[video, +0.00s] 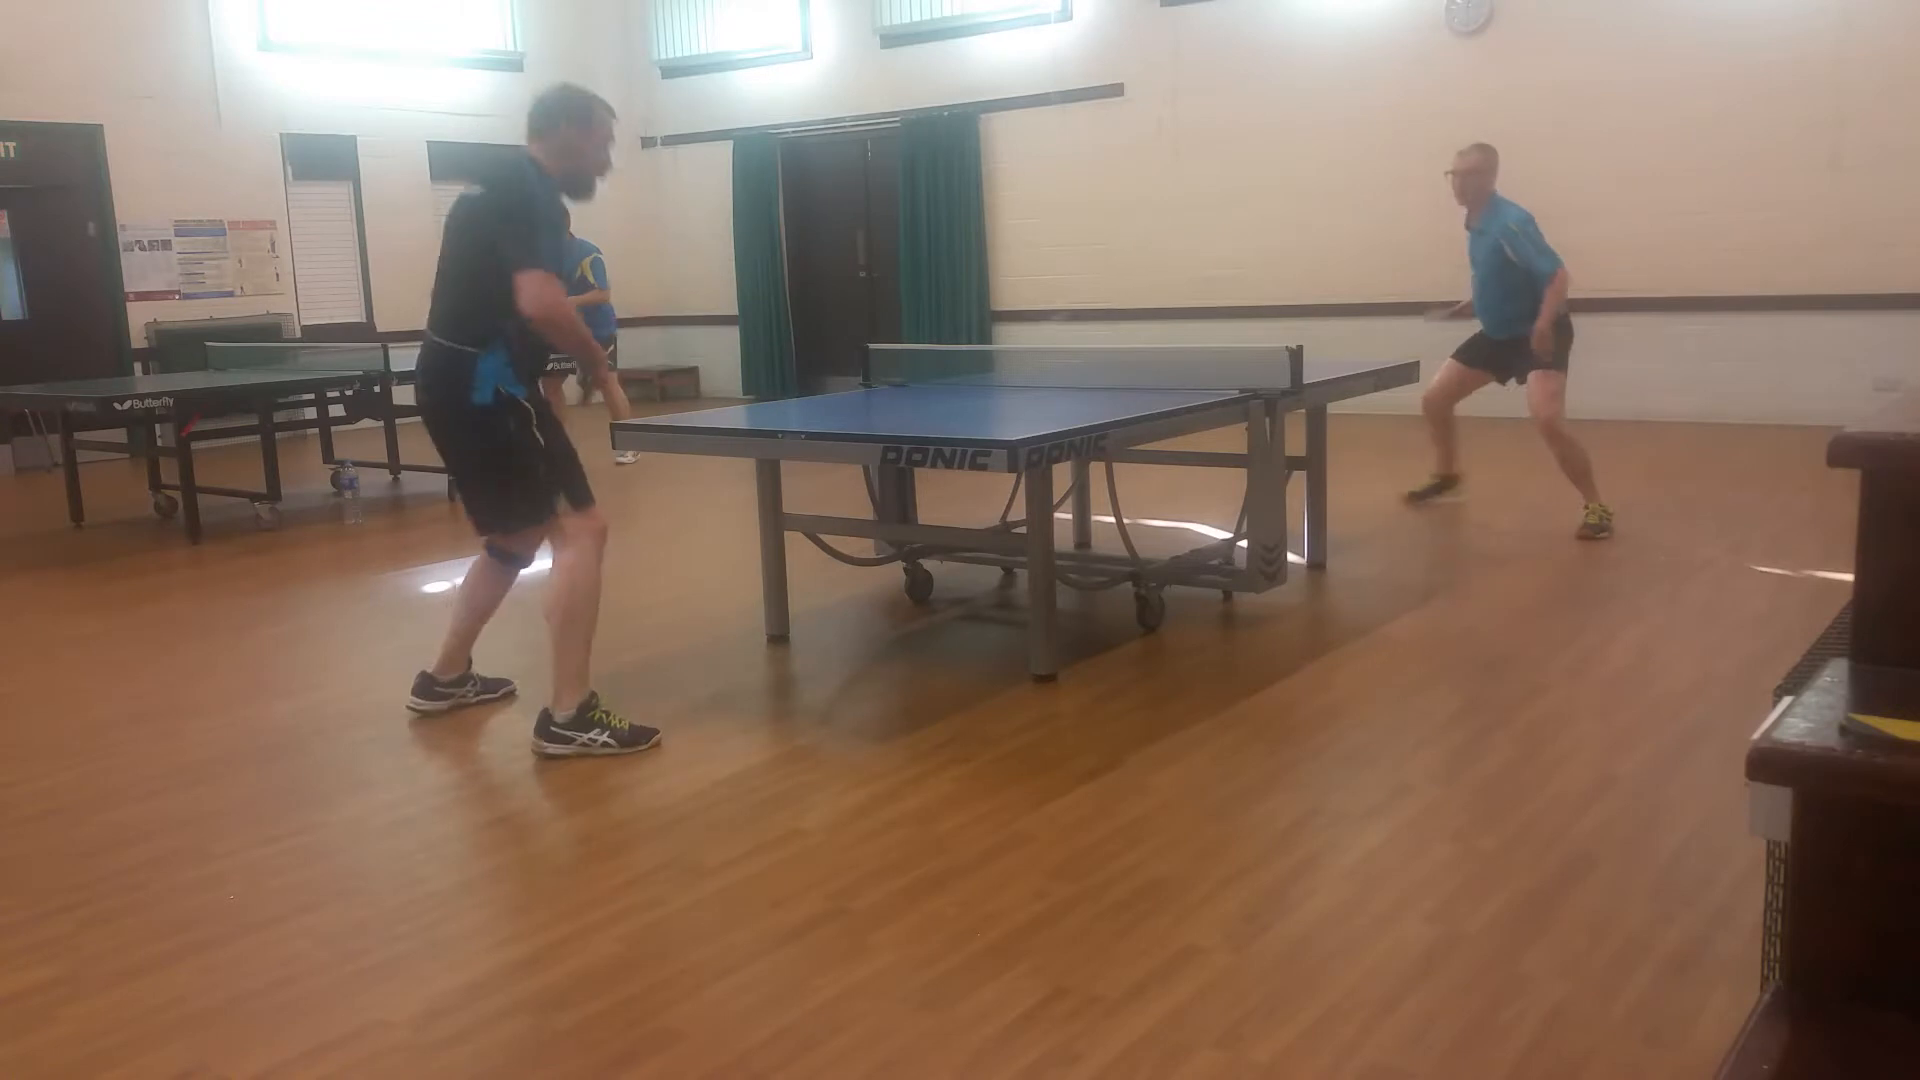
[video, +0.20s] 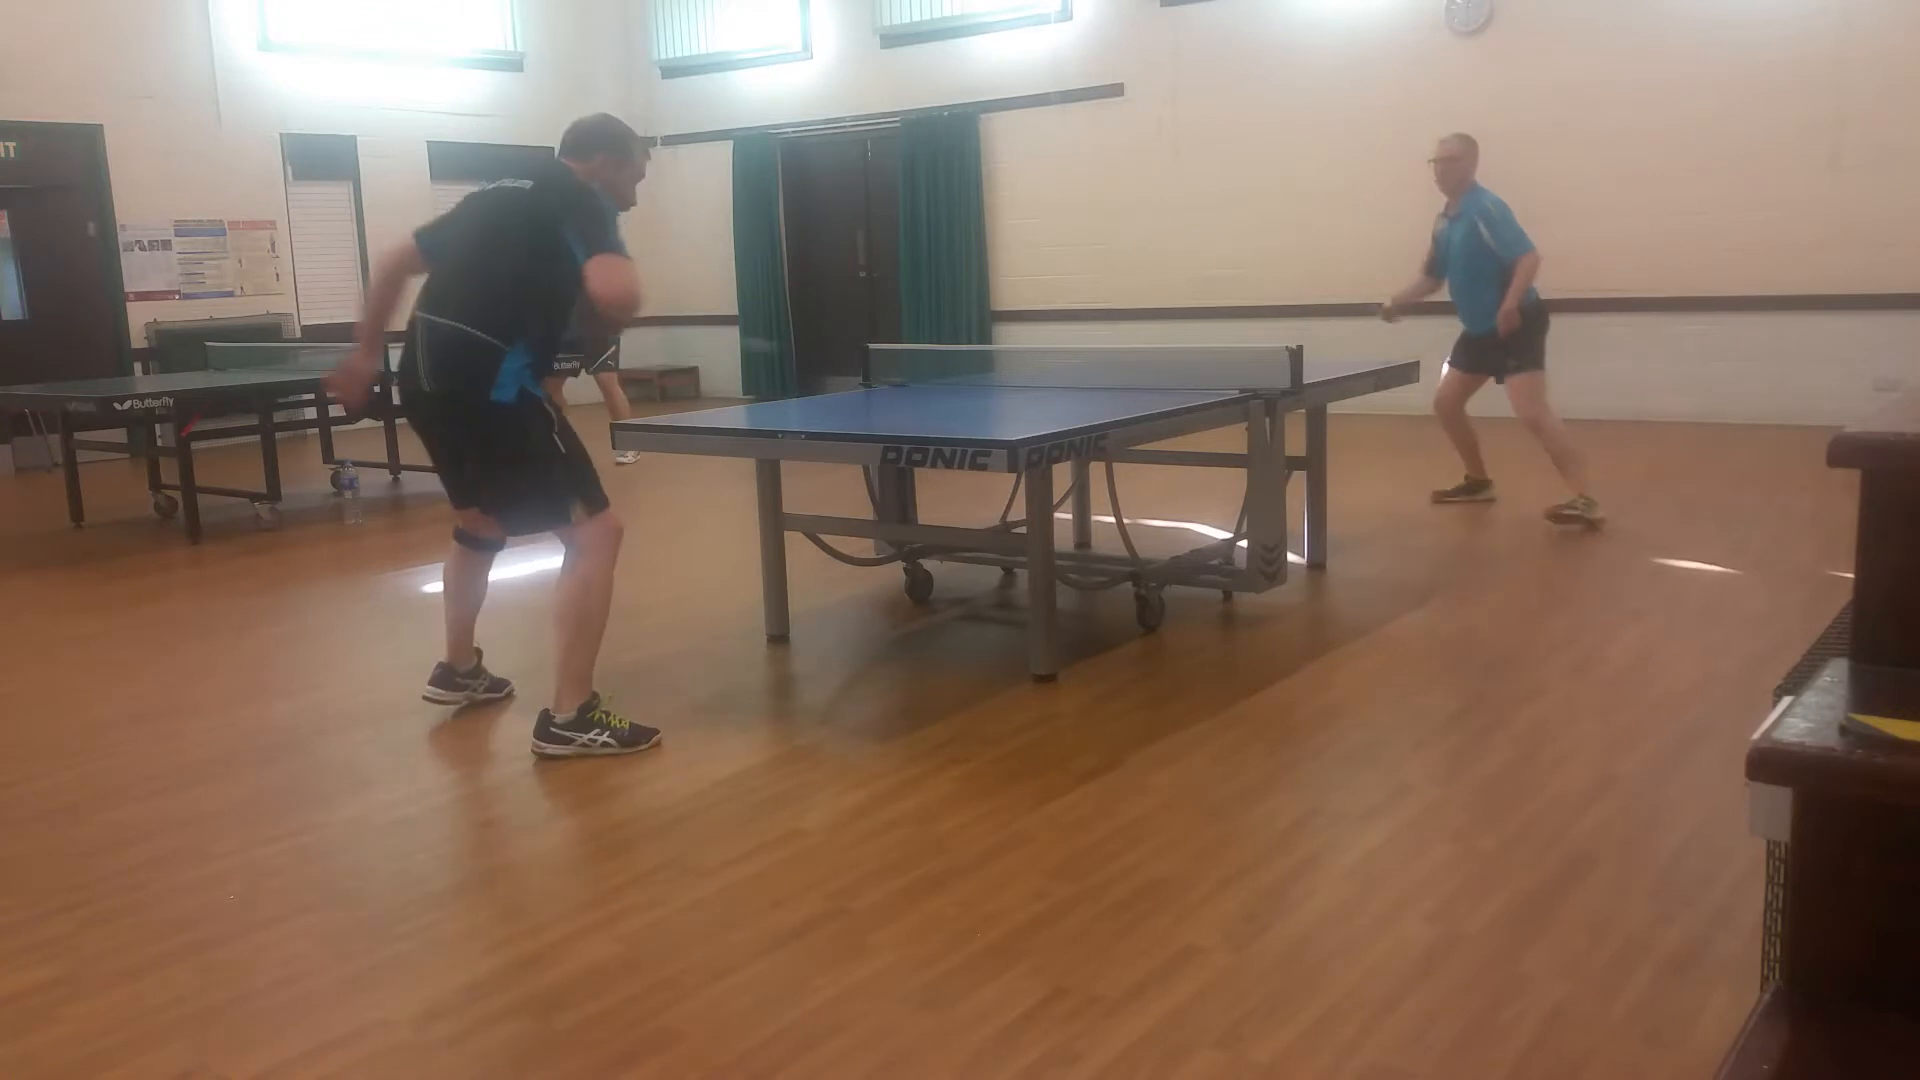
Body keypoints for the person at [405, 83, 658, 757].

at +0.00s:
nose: (609, 159)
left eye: (610, 145)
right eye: (602, 144)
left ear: (552, 137)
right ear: (565, 136)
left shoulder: (502, 184)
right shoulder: (529, 192)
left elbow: (492, 304)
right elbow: (539, 301)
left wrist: (541, 376)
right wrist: (601, 366)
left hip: (455, 376)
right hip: (487, 381)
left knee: (513, 539)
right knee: (582, 530)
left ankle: (444, 676)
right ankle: (569, 712)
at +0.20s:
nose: (636, 191)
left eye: (640, 177)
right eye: (635, 175)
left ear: (570, 158)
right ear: (600, 163)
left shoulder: (493, 197)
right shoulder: (583, 202)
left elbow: (396, 258)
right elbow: (615, 293)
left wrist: (365, 353)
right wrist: (611, 323)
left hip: (424, 384)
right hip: (493, 386)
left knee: (480, 521)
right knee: (596, 531)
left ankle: (457, 666)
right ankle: (570, 712)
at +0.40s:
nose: (620, 185)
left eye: (623, 172)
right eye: (618, 170)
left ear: (549, 148)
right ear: (591, 159)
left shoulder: (467, 177)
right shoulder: (588, 219)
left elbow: (341, 219)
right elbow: (647, 324)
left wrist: (275, 300)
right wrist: (673, 419)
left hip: (399, 385)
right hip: (482, 395)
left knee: (455, 532)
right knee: (576, 533)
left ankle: (421, 683)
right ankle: (569, 713)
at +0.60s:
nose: (558, 131)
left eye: (558, 115)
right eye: (554, 115)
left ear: (483, 105)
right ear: (530, 112)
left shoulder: (401, 155)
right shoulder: (515, 170)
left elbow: (306, 225)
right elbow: (485, 257)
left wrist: (240, 314)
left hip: (372, 384)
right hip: (461, 383)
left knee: (408, 541)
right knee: (547, 535)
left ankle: (324, 712)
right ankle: (569, 712)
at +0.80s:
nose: (455, 107)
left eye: (451, 94)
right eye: (448, 94)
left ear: (374, 97)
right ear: (424, 97)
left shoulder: (315, 175)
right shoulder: (408, 163)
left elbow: (275, 291)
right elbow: (366, 259)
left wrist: (271, 400)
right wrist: (347, 361)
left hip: (332, 401)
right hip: (405, 402)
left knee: (342, 568)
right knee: (500, 544)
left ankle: (291, 758)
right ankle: (559, 713)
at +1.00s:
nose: (378, 76)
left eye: (372, 60)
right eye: (366, 60)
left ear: (298, 65)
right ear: (333, 65)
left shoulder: (256, 143)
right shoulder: (329, 144)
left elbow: (272, 287)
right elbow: (352, 283)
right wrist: (421, 397)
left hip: (281, 398)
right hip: (351, 393)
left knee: (308, 567)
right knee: (454, 542)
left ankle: (288, 762)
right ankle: (498, 735)